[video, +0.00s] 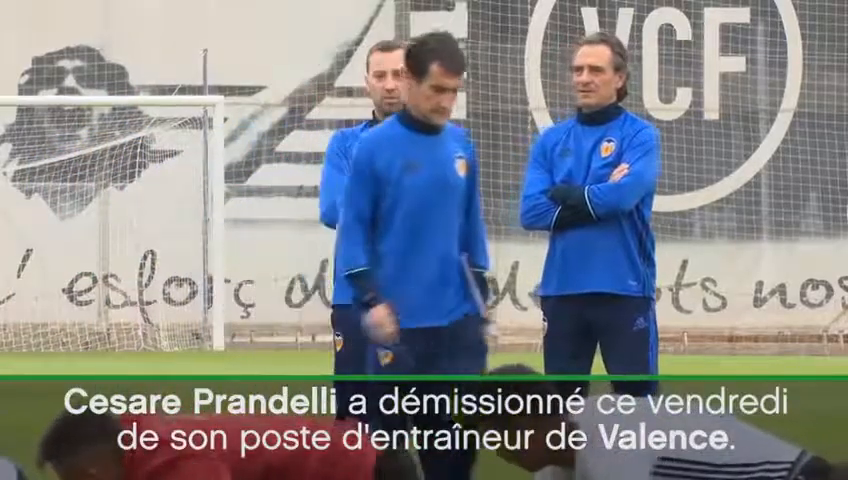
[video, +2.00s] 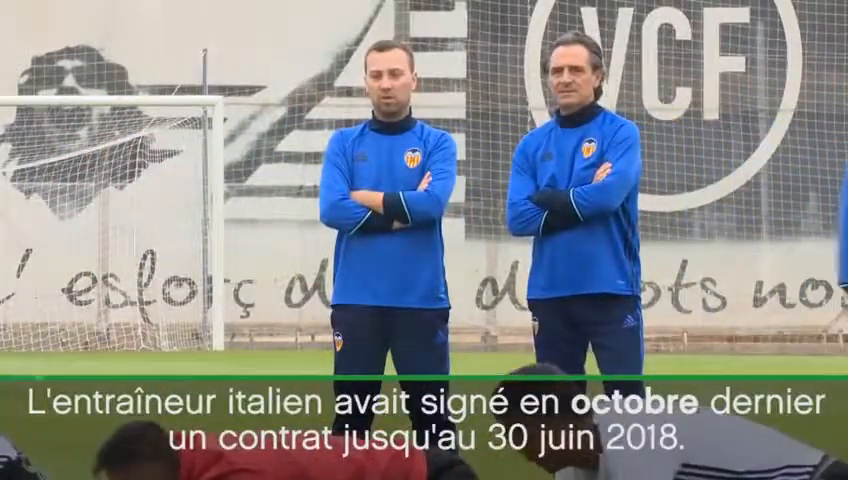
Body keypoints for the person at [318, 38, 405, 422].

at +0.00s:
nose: (389, 84)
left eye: (399, 74)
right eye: (380, 75)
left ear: (414, 80)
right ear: (367, 83)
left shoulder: (435, 141)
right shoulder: (346, 141)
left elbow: (448, 205)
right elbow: (331, 209)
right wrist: (393, 195)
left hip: (424, 293)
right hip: (358, 293)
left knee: (419, 407)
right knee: (356, 409)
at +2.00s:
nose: (386, 84)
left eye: (396, 75)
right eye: (376, 76)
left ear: (414, 82)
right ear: (366, 84)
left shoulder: (438, 142)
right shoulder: (343, 142)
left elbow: (433, 207)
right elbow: (332, 211)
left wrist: (361, 196)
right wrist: (407, 209)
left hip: (421, 300)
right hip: (357, 299)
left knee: (431, 415)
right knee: (351, 416)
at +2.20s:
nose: (386, 84)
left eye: (396, 75)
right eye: (376, 76)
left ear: (414, 82)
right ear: (366, 84)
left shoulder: (438, 142)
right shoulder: (343, 142)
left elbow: (432, 207)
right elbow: (331, 211)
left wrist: (363, 196)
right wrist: (404, 211)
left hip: (421, 299)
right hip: (357, 299)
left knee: (431, 415)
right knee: (351, 416)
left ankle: (445, 479)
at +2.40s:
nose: (385, 84)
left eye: (395, 75)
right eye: (376, 76)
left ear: (415, 82)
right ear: (367, 84)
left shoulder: (438, 142)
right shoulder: (343, 141)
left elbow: (431, 207)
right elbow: (331, 211)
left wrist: (363, 196)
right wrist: (404, 211)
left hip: (421, 299)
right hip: (357, 299)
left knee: (431, 415)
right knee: (351, 415)